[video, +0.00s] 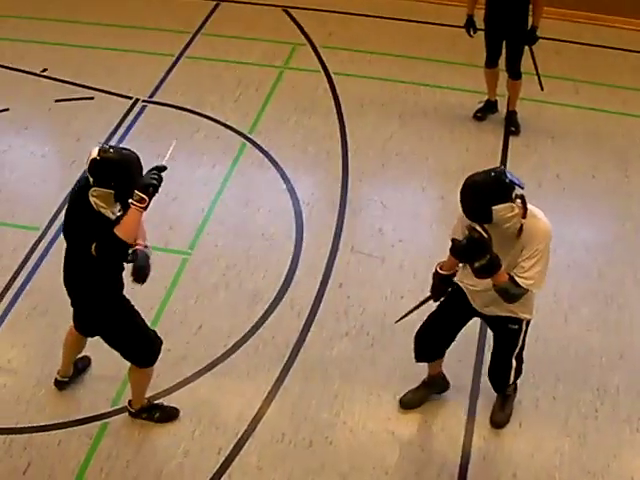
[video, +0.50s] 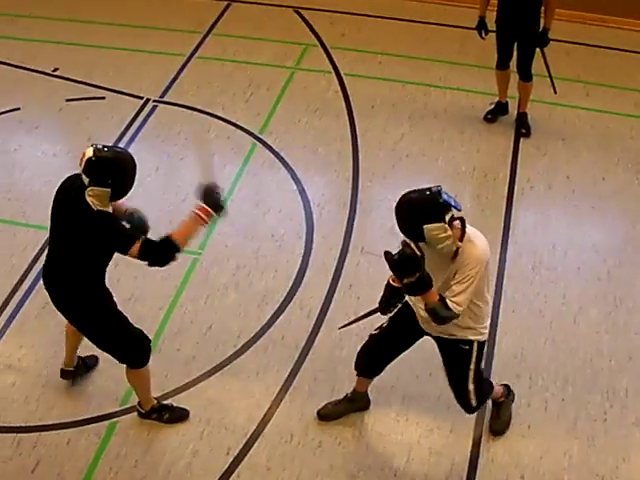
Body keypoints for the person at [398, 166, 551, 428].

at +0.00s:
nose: (478, 223)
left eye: (483, 219)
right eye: (475, 218)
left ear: (503, 211)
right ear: (477, 214)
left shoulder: (537, 230)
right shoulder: (473, 213)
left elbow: (515, 296)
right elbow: (458, 249)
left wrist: (489, 265)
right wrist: (443, 276)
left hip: (510, 307)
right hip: (469, 290)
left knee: (501, 373)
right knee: (429, 339)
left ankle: (506, 394)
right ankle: (435, 379)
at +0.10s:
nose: (469, 229)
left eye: (473, 224)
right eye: (466, 224)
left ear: (492, 216)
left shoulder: (530, 237)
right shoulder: (470, 220)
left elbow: (507, 302)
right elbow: (459, 253)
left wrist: (481, 266)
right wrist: (444, 274)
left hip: (502, 315)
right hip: (461, 296)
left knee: (498, 381)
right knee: (415, 341)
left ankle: (507, 398)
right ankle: (404, 384)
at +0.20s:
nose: (453, 233)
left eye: (457, 228)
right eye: (451, 227)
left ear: (474, 221)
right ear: (466, 220)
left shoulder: (512, 245)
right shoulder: (461, 226)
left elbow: (488, 309)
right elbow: (450, 260)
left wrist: (462, 276)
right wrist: (439, 275)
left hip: (488, 325)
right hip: (446, 303)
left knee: (491, 393)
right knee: (399, 344)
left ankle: (509, 396)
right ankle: (366, 390)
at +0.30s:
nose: (438, 241)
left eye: (442, 237)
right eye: (436, 237)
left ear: (463, 230)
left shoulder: (494, 252)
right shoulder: (449, 234)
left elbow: (465, 314)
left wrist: (441, 281)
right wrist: (423, 278)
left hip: (469, 332)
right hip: (430, 309)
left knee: (480, 401)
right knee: (379, 346)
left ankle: (509, 390)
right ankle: (354, 394)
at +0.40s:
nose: (422, 241)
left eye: (425, 236)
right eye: (420, 236)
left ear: (445, 230)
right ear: (434, 230)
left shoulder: (478, 253)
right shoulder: (433, 233)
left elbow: (447, 314)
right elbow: (417, 262)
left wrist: (423, 282)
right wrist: (404, 277)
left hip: (456, 332)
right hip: (417, 309)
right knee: (366, 354)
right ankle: (353, 396)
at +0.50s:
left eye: (422, 238)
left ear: (440, 229)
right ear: (422, 236)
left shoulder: (474, 251)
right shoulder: (424, 238)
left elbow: (445, 315)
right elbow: (405, 266)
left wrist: (420, 285)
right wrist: (393, 290)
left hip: (461, 329)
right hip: (421, 311)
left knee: (470, 399)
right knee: (370, 355)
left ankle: (502, 395)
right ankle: (358, 396)